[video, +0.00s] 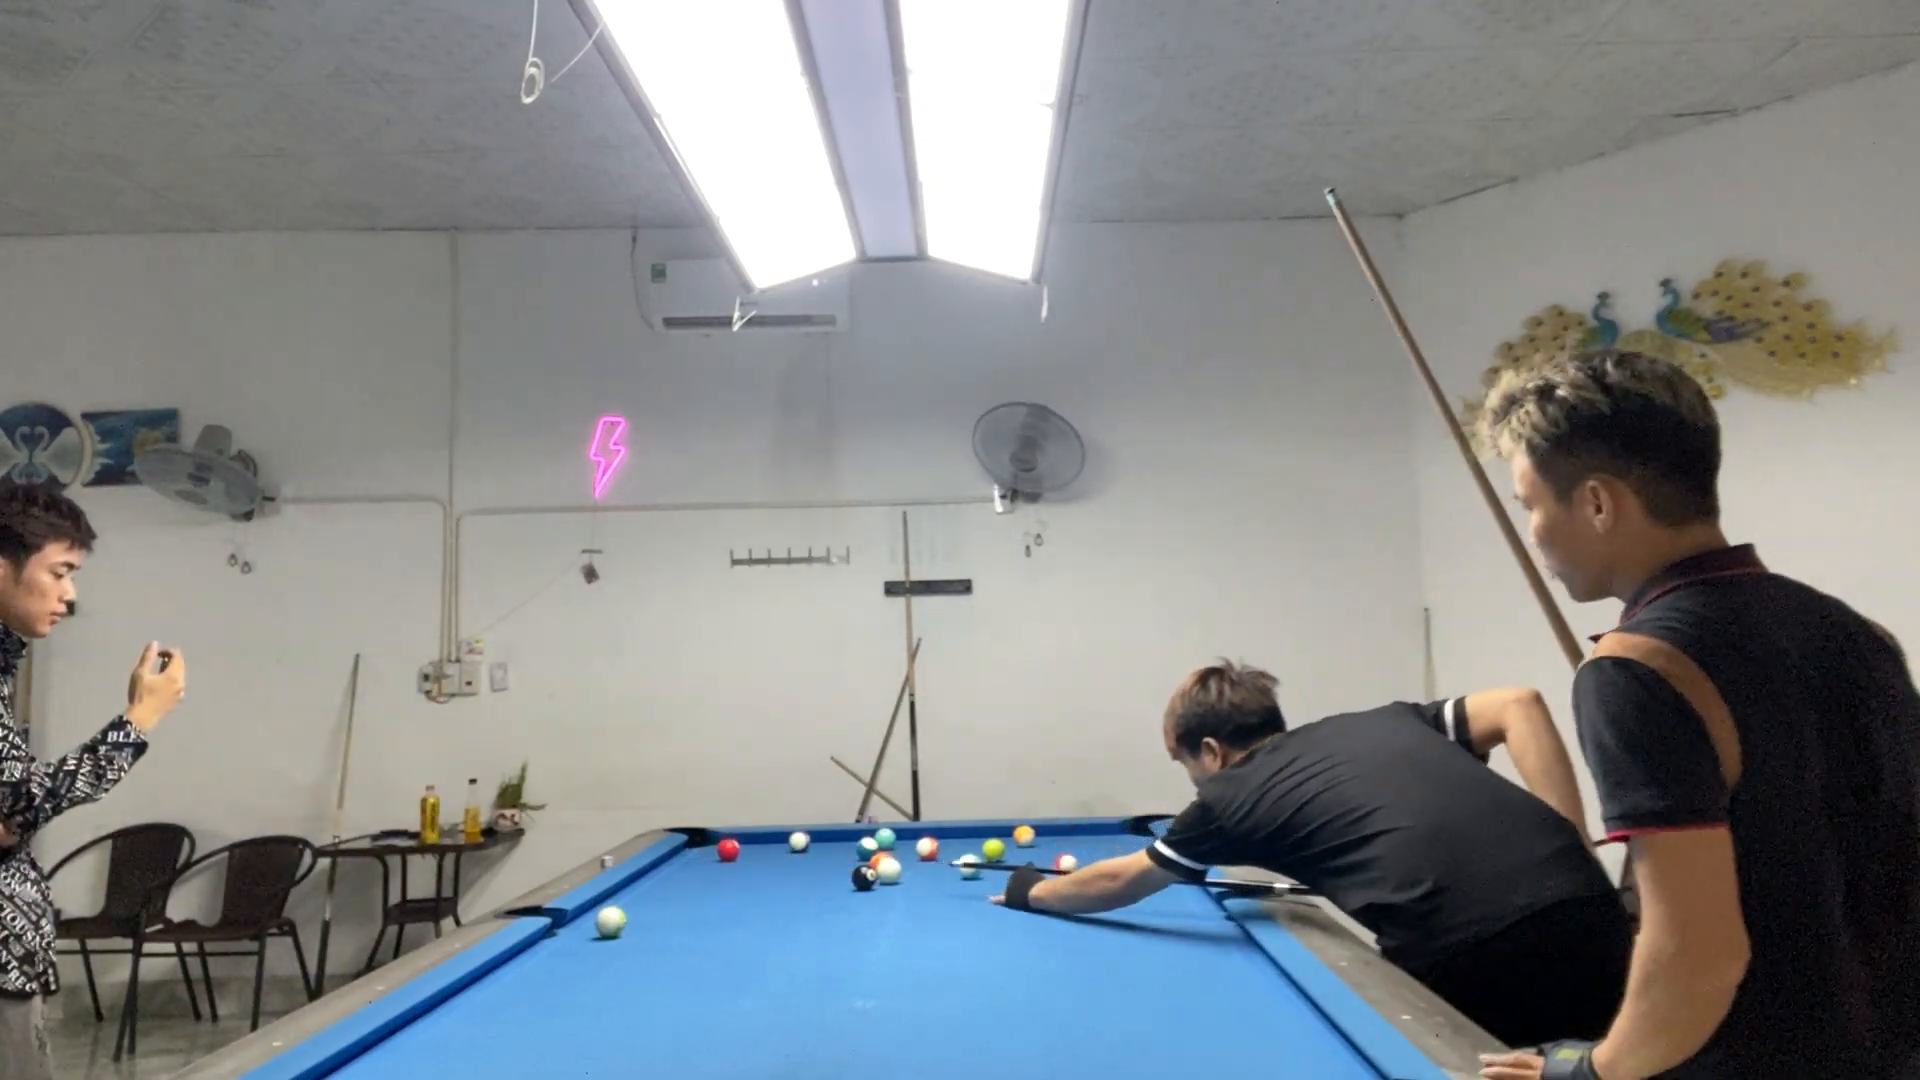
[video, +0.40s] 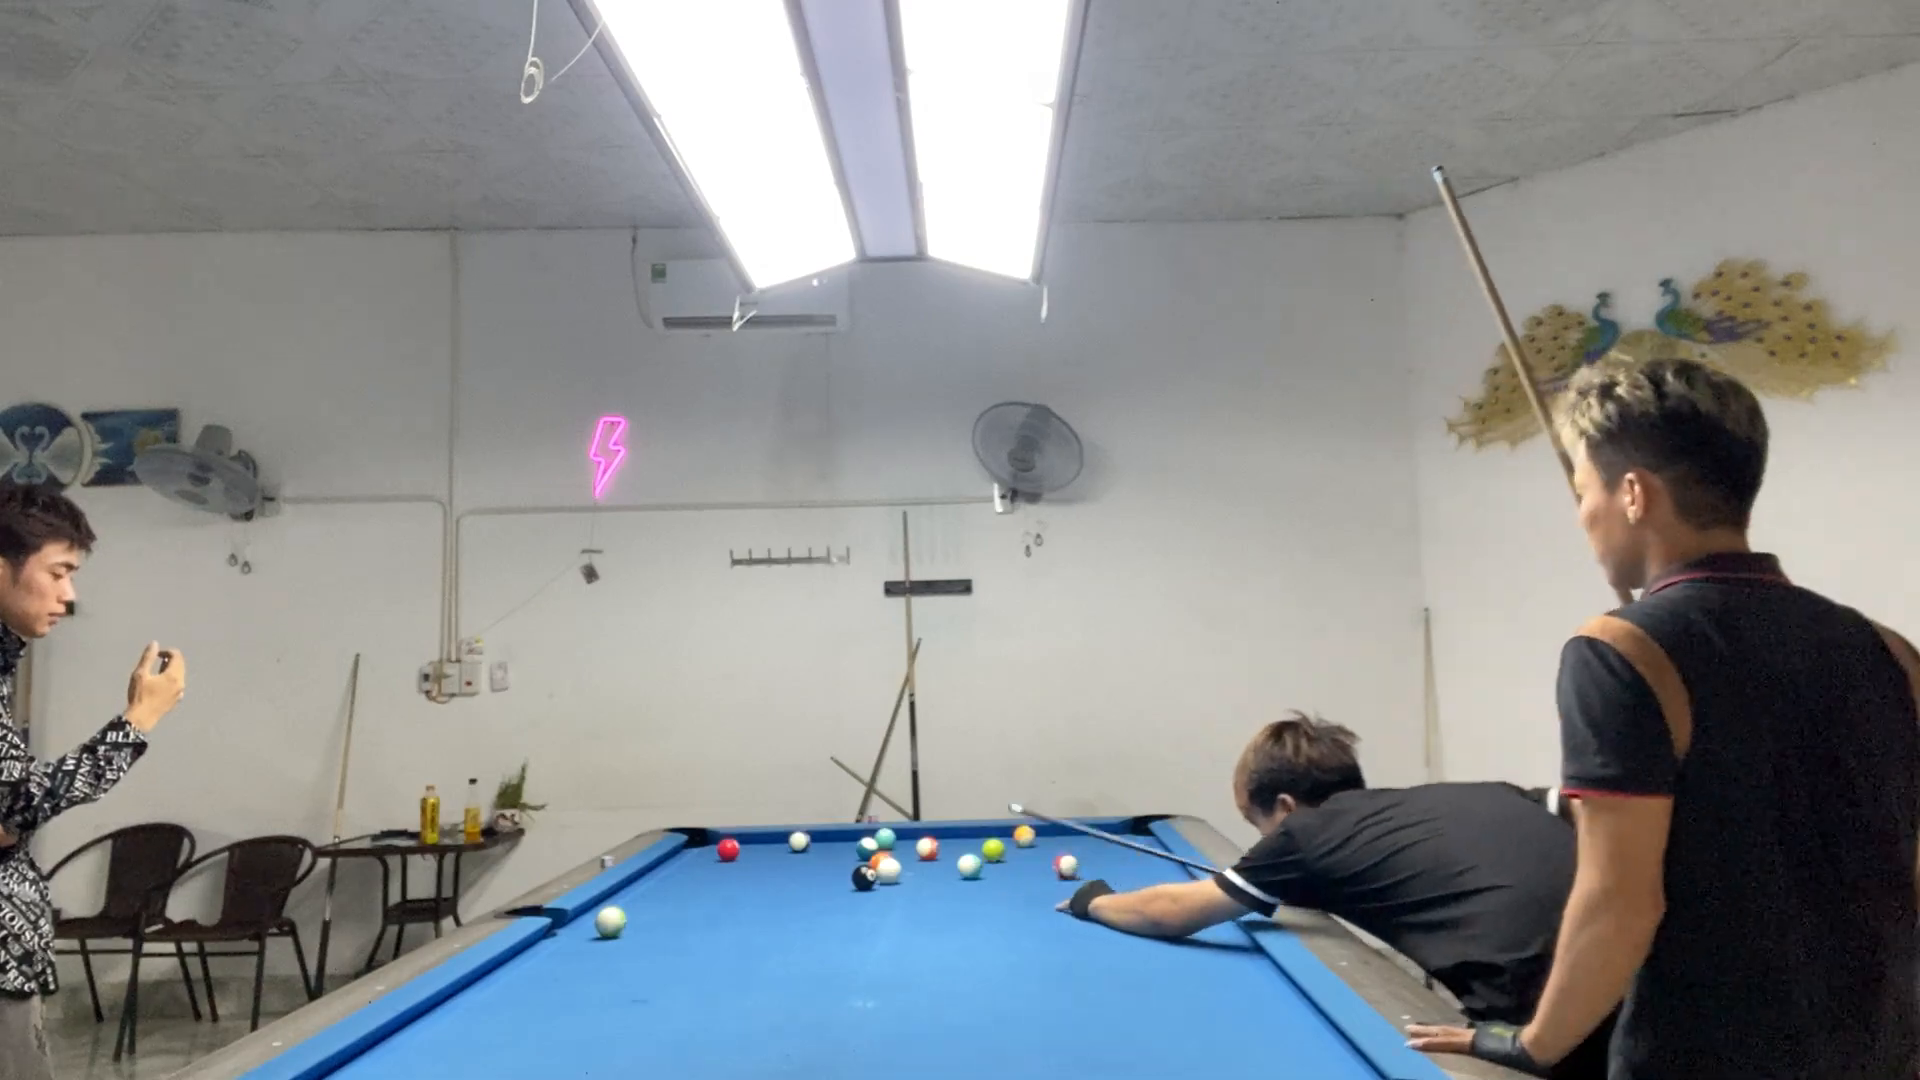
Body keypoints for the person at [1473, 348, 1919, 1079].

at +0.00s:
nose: (1528, 534)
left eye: (1529, 505)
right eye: (1522, 508)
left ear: (1599, 505)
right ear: (1696, 480)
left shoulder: (1635, 673)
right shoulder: (1856, 635)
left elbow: (1697, 952)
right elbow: (1896, 892)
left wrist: (1600, 1068)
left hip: (1743, 1062)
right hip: (1889, 1052)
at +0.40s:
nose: (1583, 521)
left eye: (1583, 494)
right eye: (1577, 497)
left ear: (1634, 496)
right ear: (1735, 489)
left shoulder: (1622, 654)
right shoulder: (1889, 653)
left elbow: (1620, 902)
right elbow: (1902, 880)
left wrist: (1535, 1048)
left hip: (1694, 1058)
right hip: (1875, 1053)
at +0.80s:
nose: (1652, 524)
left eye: (1655, 499)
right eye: (1651, 501)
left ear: (1696, 503)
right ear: (1801, 501)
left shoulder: (1651, 643)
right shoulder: (1902, 632)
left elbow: (1619, 857)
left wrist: (1538, 1047)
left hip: (1749, 1051)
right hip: (1897, 1047)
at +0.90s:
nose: (1689, 524)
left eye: (1692, 499)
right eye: (1687, 501)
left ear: (1735, 501)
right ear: (1843, 500)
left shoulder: (1690, 643)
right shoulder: (1908, 614)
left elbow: (1641, 859)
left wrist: (1540, 1045)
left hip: (1795, 1047)